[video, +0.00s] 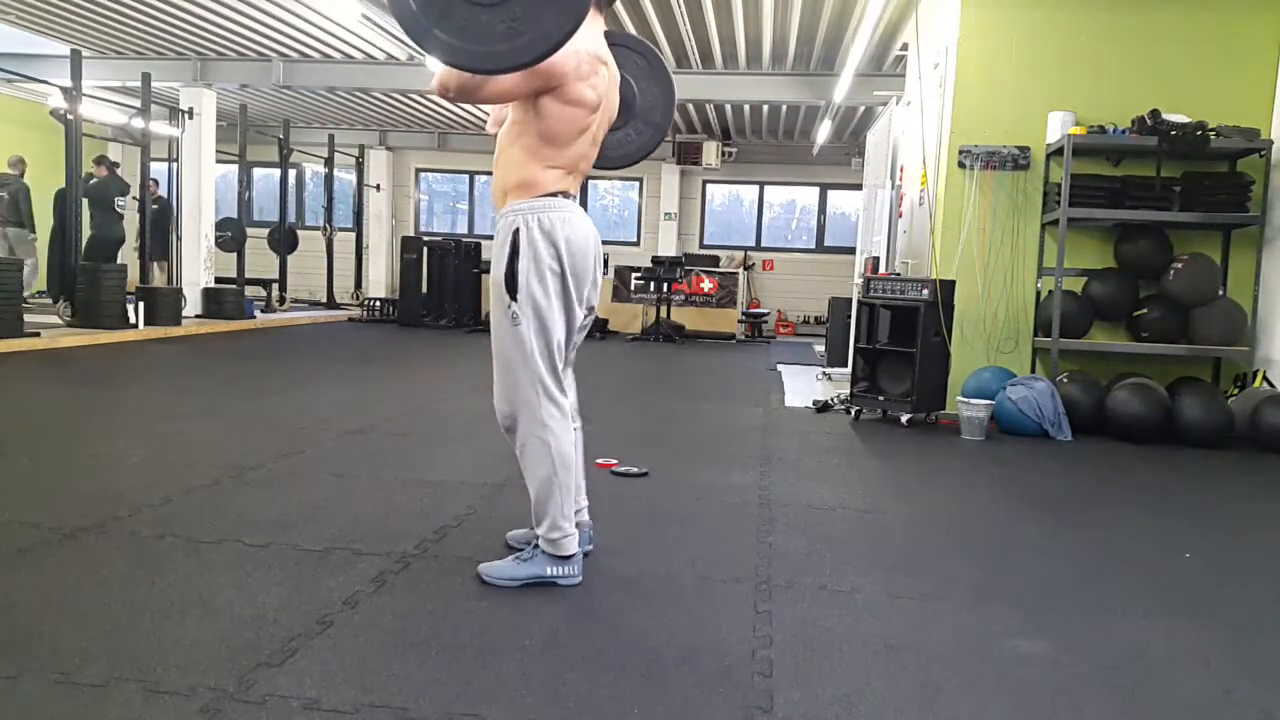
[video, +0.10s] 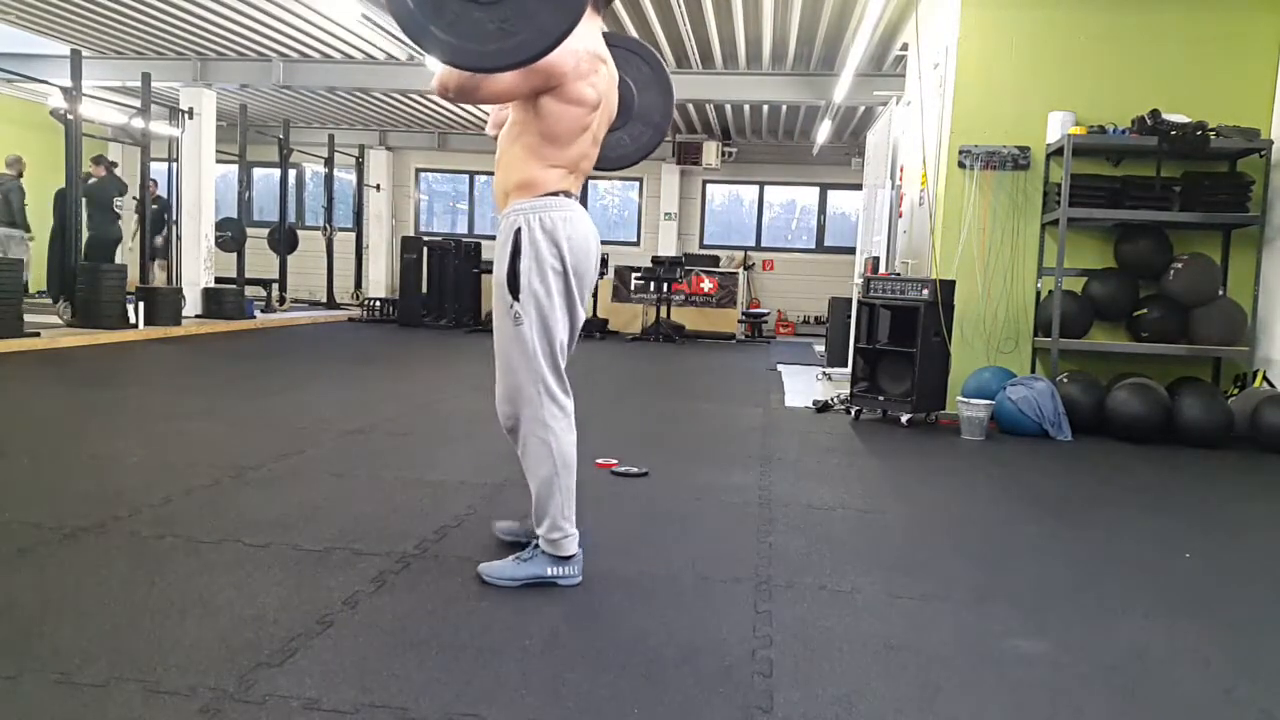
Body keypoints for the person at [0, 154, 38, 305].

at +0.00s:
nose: (25, 170)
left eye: (24, 168)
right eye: (24, 168)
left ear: (9, 167)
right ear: (21, 168)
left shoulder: (2, 182)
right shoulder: (21, 186)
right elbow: (26, 211)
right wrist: (32, 231)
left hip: (2, 227)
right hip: (17, 228)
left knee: (4, 262)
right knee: (30, 259)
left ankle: (5, 293)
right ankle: (24, 292)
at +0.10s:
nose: (24, 169)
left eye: (24, 166)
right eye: (23, 166)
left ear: (8, 166)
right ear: (19, 167)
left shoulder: (3, 181)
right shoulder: (13, 185)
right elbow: (19, 210)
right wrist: (27, 231)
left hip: (3, 228)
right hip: (12, 230)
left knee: (5, 263)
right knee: (20, 263)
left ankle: (5, 291)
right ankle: (20, 289)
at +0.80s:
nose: (13, 165)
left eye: (14, 162)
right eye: (9, 162)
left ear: (17, 163)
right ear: (1, 164)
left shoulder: (24, 184)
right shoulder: (1, 183)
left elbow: (32, 204)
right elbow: (1, 209)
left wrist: (28, 214)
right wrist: (12, 214)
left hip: (18, 232)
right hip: (3, 232)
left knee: (25, 266)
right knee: (2, 269)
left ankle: (26, 297)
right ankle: (3, 298)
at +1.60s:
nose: (3, 167)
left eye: (6, 164)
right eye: (1, 164)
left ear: (12, 164)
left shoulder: (24, 184)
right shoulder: (0, 184)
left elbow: (36, 206)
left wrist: (20, 210)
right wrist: (2, 209)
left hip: (19, 236)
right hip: (3, 235)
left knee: (26, 270)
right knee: (4, 272)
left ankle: (35, 300)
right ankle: (5, 303)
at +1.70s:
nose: (1, 163)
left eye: (2, 160)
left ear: (6, 160)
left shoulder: (18, 180)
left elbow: (31, 203)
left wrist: (19, 213)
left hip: (13, 231)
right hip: (3, 231)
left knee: (22, 265)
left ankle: (28, 296)